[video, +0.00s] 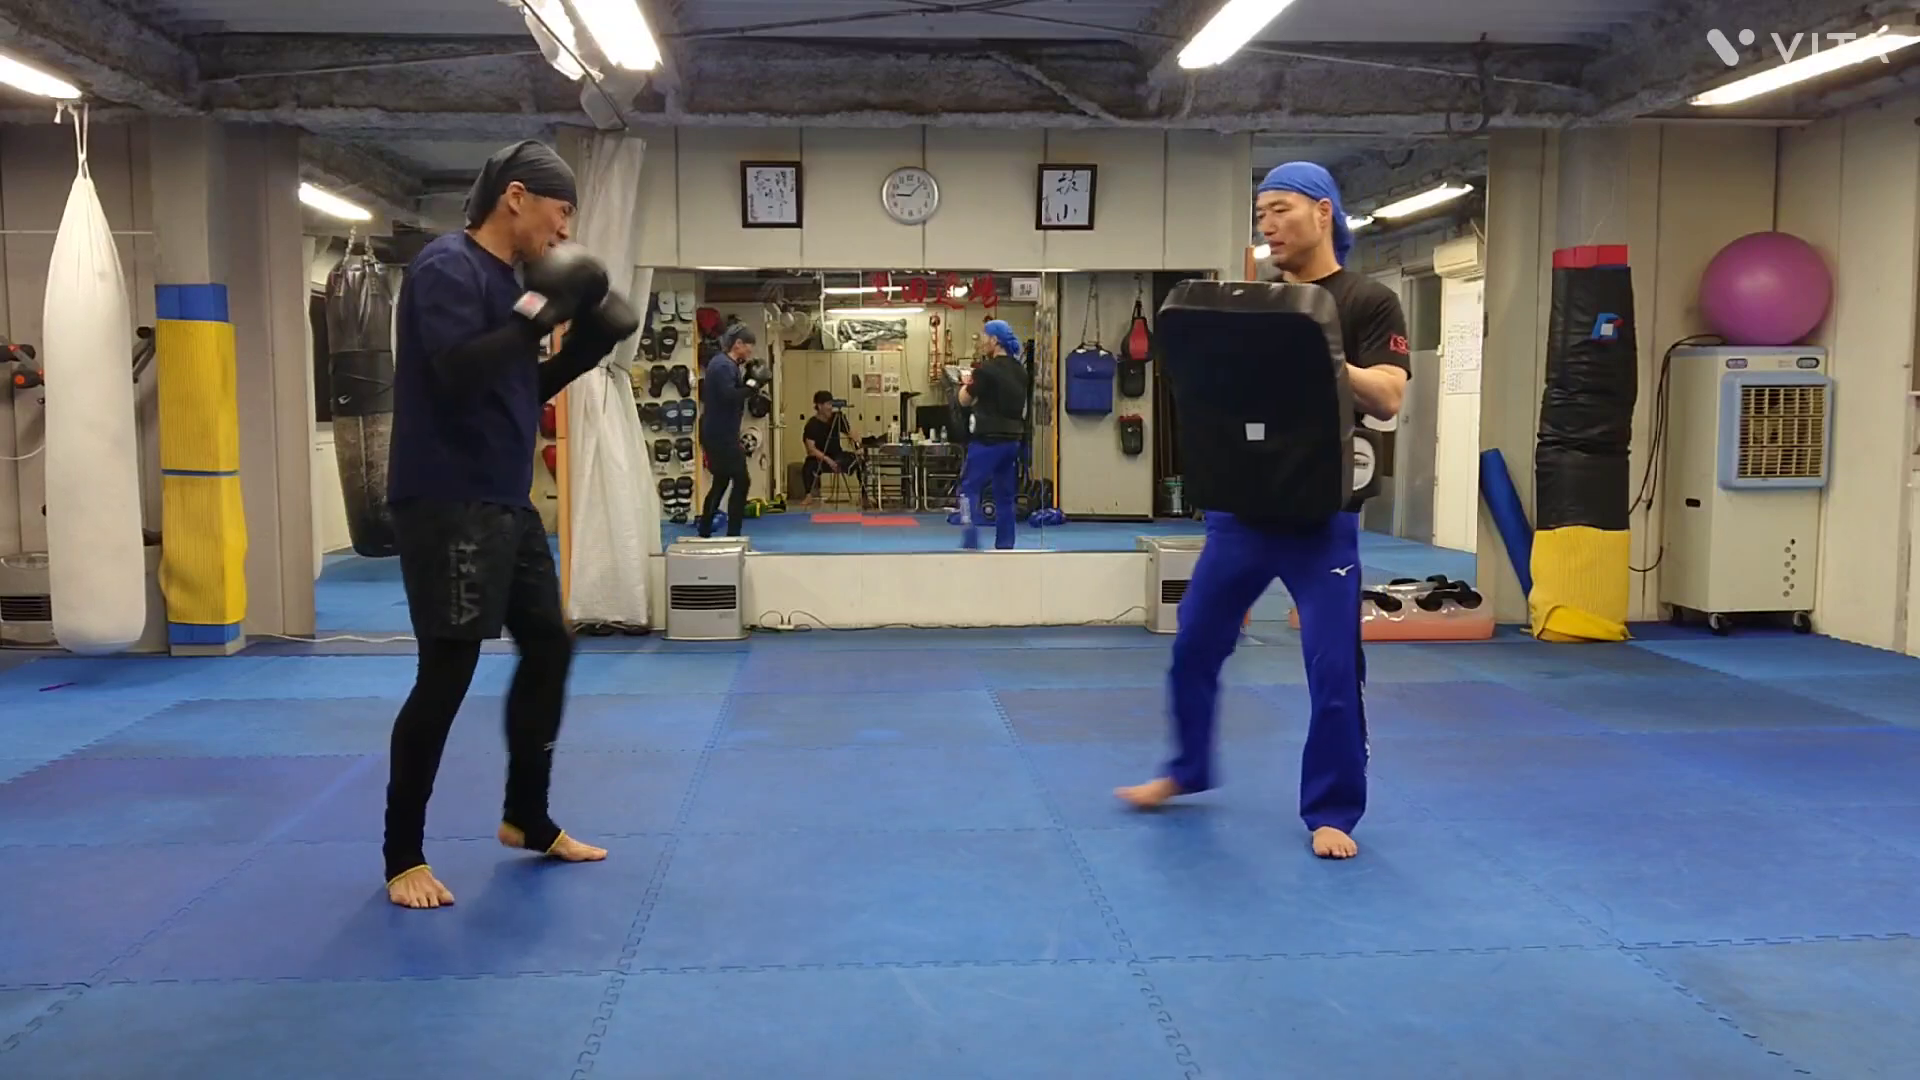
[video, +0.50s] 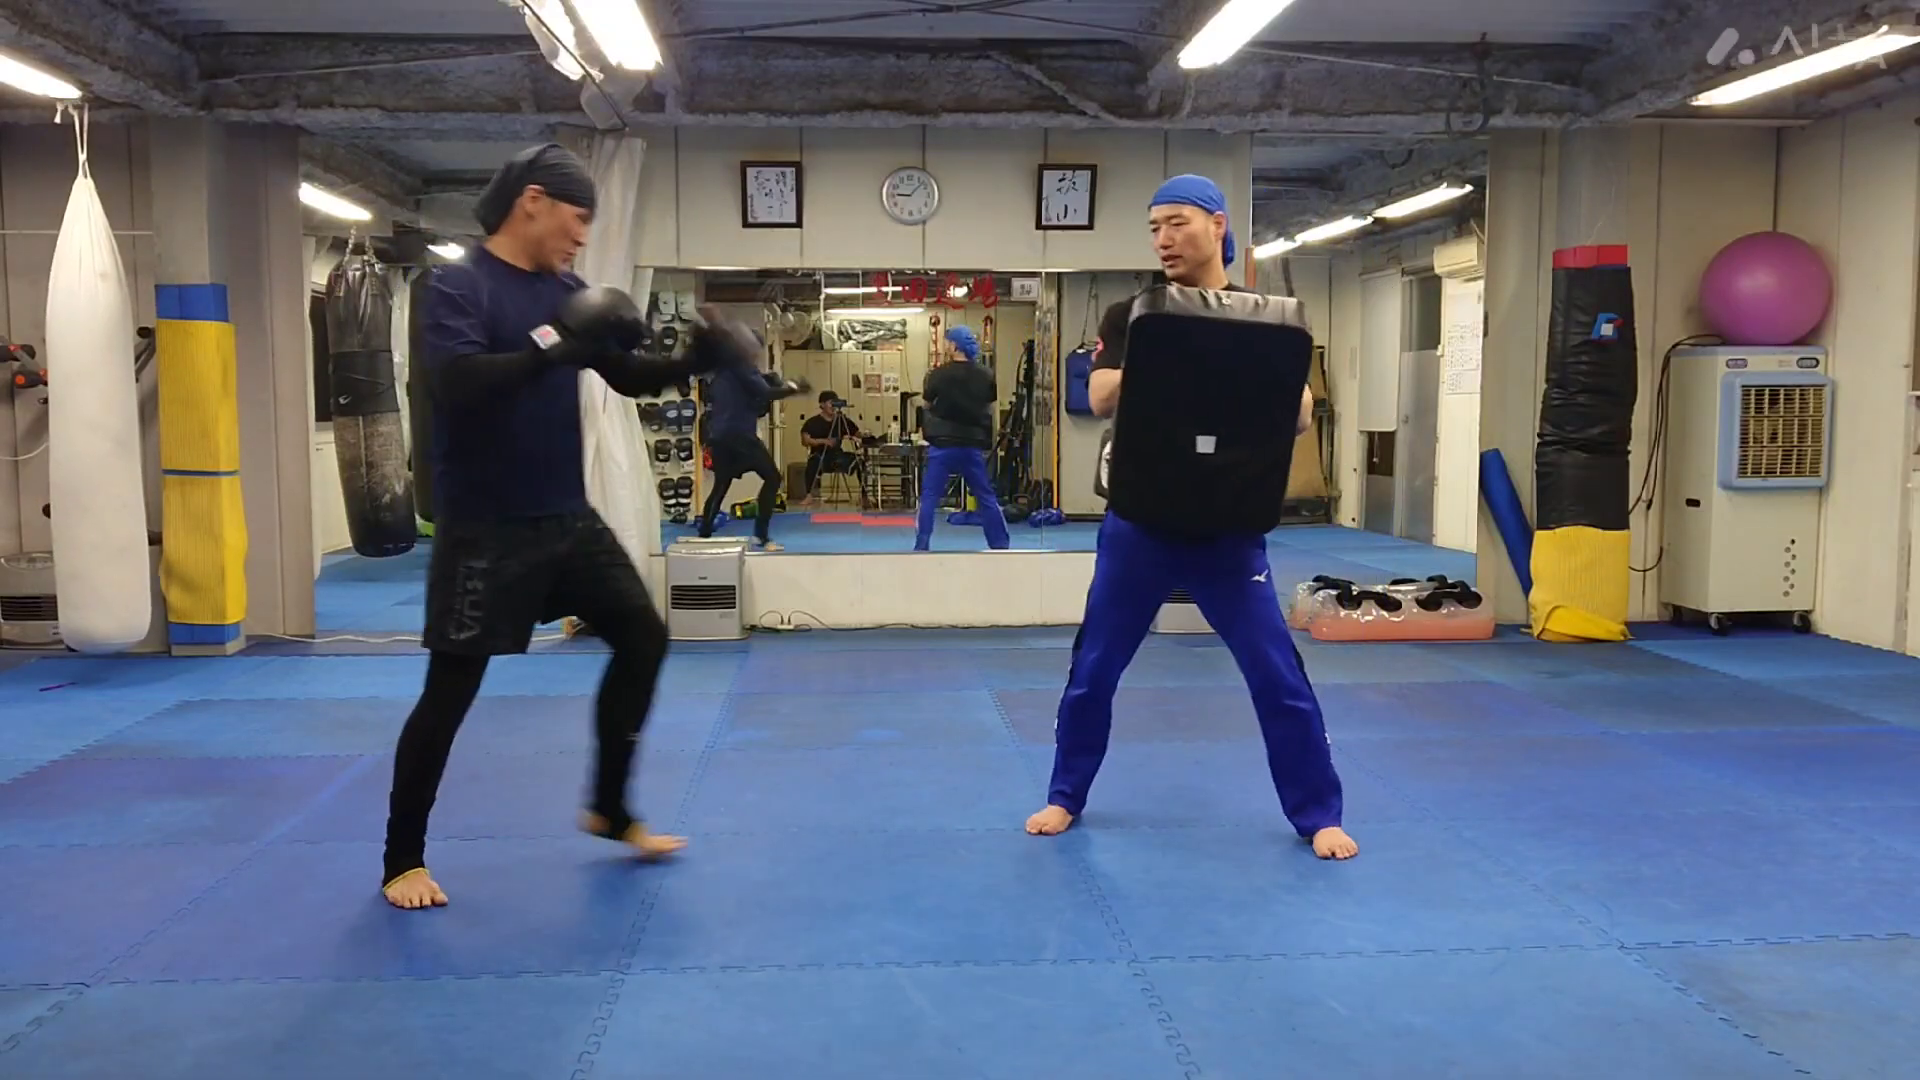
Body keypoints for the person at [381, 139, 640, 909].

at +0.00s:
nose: (563, 230)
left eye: (568, 218)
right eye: (558, 212)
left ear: (522, 205)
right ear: (513, 197)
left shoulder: (512, 287)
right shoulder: (446, 267)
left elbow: (525, 392)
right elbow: (457, 369)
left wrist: (591, 345)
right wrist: (537, 310)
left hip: (509, 507)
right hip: (447, 508)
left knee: (548, 648)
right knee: (444, 675)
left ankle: (527, 820)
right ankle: (403, 859)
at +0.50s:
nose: (583, 238)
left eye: (588, 223)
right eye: (577, 220)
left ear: (541, 209)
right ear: (531, 202)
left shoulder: (562, 296)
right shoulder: (453, 284)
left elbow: (624, 375)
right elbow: (452, 380)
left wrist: (693, 360)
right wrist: (550, 350)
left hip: (565, 522)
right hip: (482, 533)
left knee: (643, 639)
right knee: (448, 695)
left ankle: (608, 809)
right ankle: (403, 863)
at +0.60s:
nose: (617, 239)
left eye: (621, 225)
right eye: (610, 220)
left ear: (577, 214)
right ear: (566, 208)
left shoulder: (593, 302)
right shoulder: (501, 293)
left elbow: (633, 394)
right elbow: (499, 383)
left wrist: (706, 433)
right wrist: (615, 339)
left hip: (589, 524)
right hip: (508, 537)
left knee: (673, 641)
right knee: (465, 697)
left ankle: (702, 818)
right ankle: (407, 864)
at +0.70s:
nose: (662, 239)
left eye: (662, 225)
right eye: (653, 221)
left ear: (616, 222)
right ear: (610, 217)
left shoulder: (614, 308)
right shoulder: (569, 298)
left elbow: (605, 449)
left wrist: (668, 514)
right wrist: (706, 310)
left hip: (630, 538)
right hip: (561, 539)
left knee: (717, 648)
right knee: (499, 694)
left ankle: (772, 827)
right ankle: (414, 856)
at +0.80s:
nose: (696, 238)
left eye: (696, 227)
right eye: (688, 226)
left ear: (641, 231)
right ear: (649, 225)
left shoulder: (603, 314)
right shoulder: (667, 284)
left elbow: (559, 422)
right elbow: (771, 322)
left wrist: (583, 499)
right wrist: (768, 279)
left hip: (680, 518)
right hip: (658, 515)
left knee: (769, 659)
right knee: (620, 686)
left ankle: (779, 838)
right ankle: (463, 808)